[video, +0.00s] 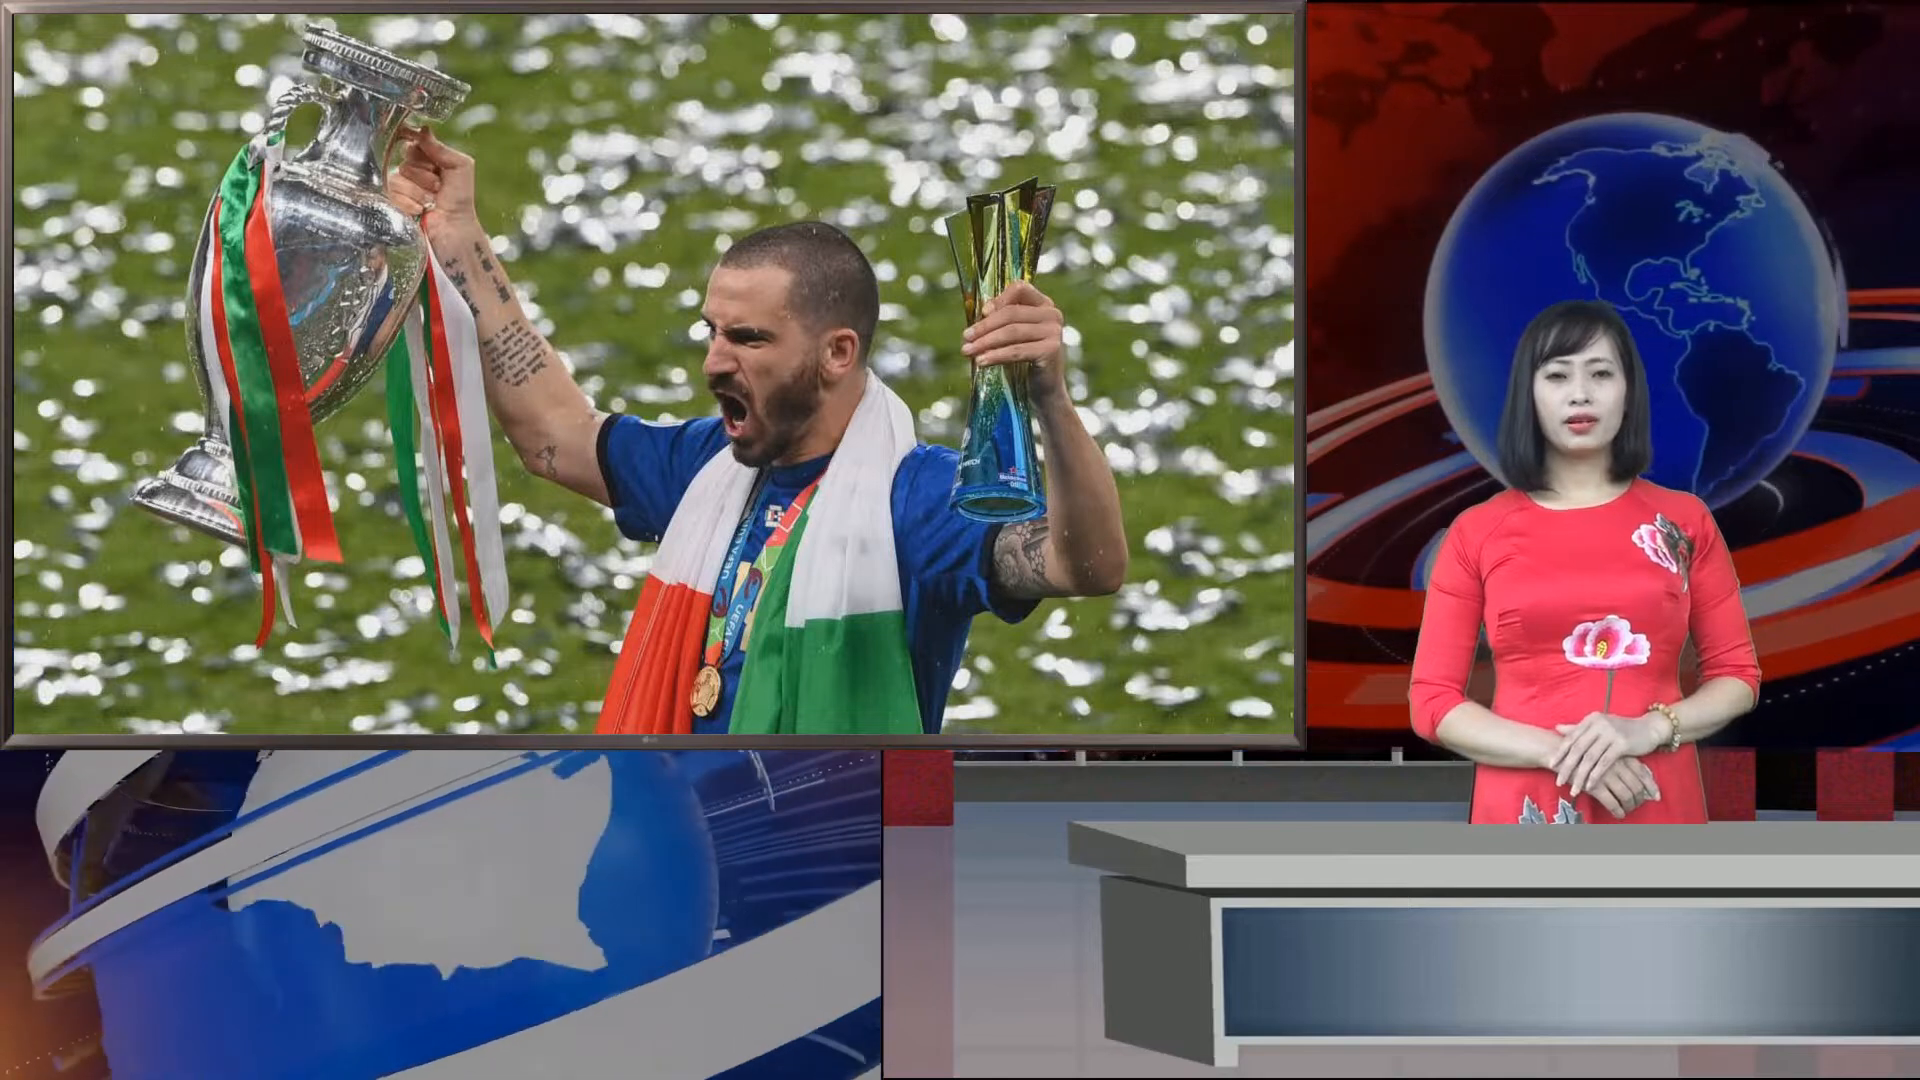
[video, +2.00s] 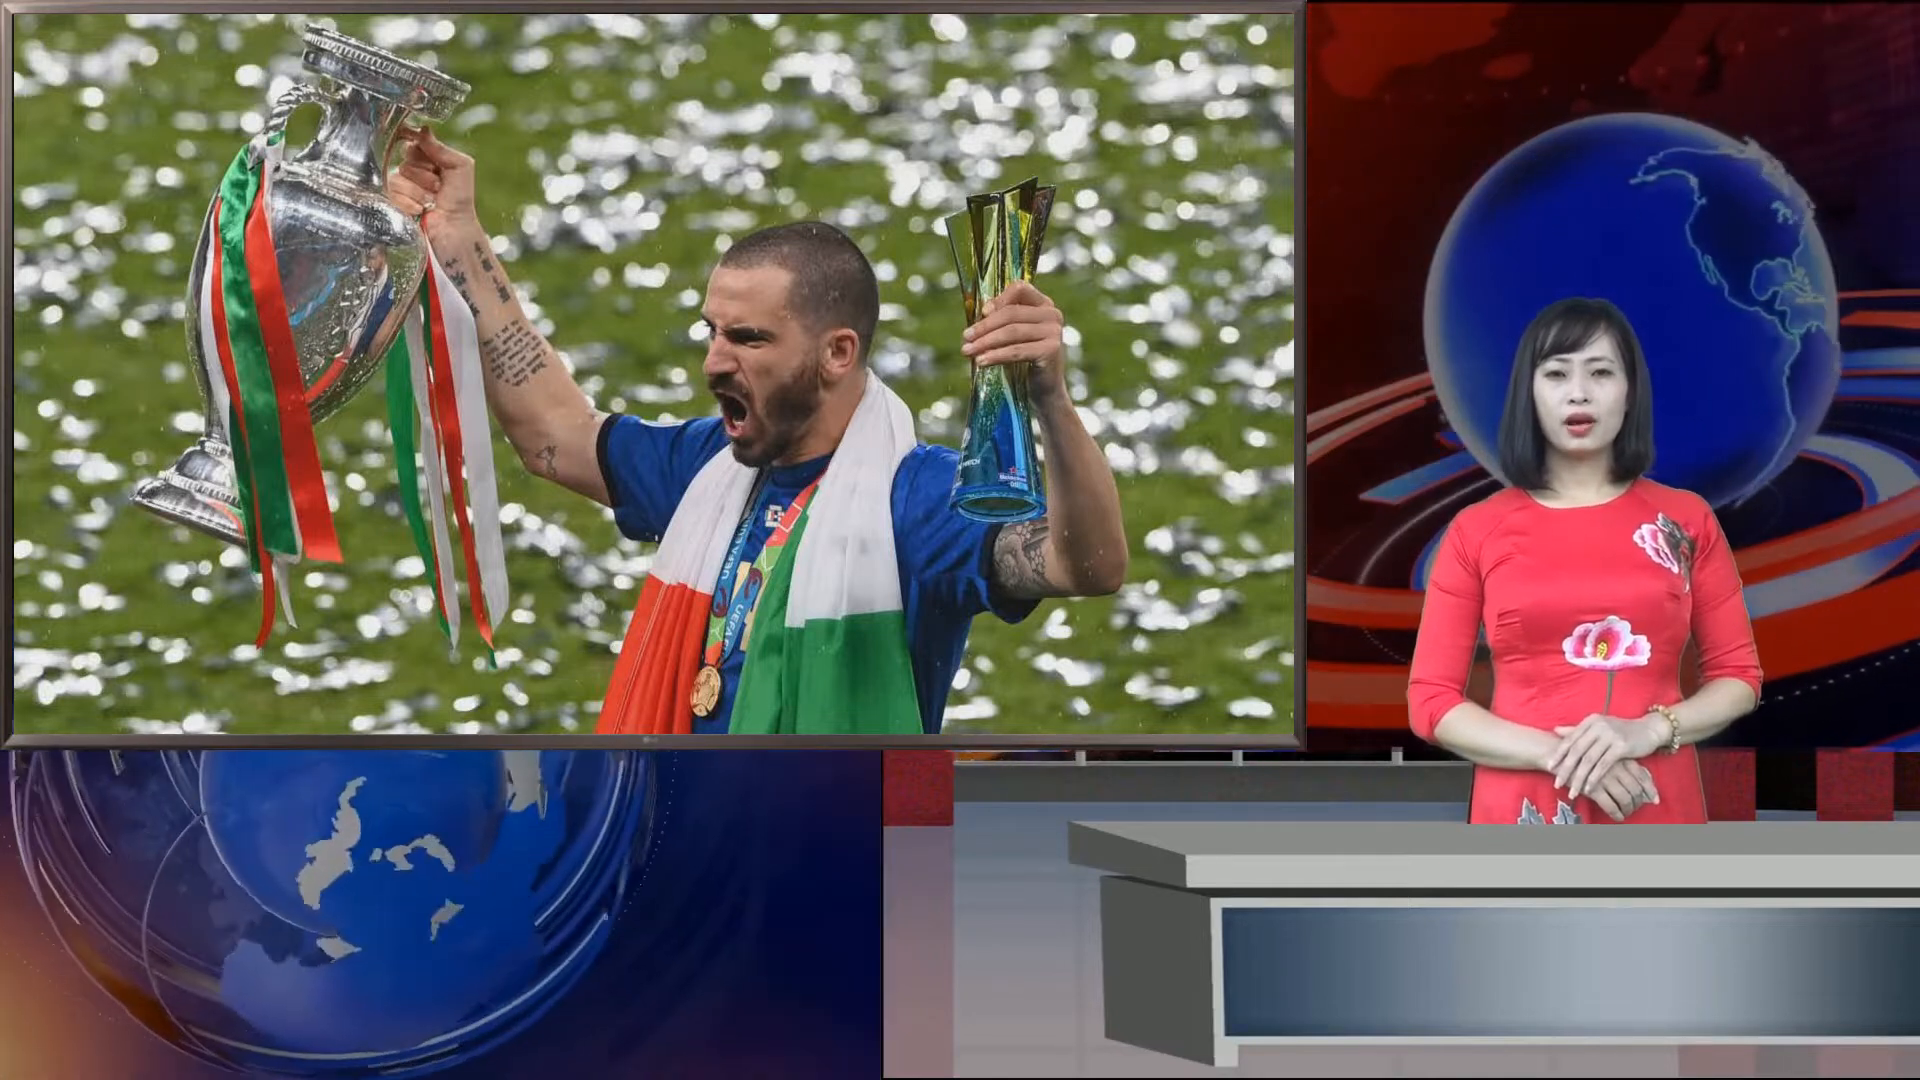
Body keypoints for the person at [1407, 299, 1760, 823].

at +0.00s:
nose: (1579, 393)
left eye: (1601, 374)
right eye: (1558, 375)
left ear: (1628, 392)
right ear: (1530, 393)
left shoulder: (1683, 521)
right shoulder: (1478, 533)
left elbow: (1737, 679)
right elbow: (1432, 701)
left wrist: (1650, 727)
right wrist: (1565, 751)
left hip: (1661, 823)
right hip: (1521, 824)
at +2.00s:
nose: (1578, 393)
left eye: (1601, 373)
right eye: (1557, 374)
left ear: (1630, 392)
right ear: (1530, 391)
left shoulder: (1685, 521)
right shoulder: (1477, 533)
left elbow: (1738, 680)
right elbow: (1431, 702)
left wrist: (1650, 729)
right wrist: (1565, 753)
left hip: (1661, 824)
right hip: (1521, 825)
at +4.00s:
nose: (1584, 396)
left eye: (1605, 375)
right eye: (1562, 377)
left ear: (1633, 392)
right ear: (1533, 393)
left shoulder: (1688, 522)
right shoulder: (1481, 534)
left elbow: (1741, 681)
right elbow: (1435, 702)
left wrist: (1652, 728)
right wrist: (1568, 753)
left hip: (1663, 824)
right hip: (1523, 824)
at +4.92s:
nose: (1578, 394)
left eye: (1599, 374)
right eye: (1556, 375)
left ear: (1627, 392)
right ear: (1528, 393)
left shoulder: (1682, 522)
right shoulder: (1476, 534)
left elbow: (1737, 679)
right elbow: (1431, 701)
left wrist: (1651, 712)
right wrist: (1556, 751)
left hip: (1659, 823)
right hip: (1519, 824)